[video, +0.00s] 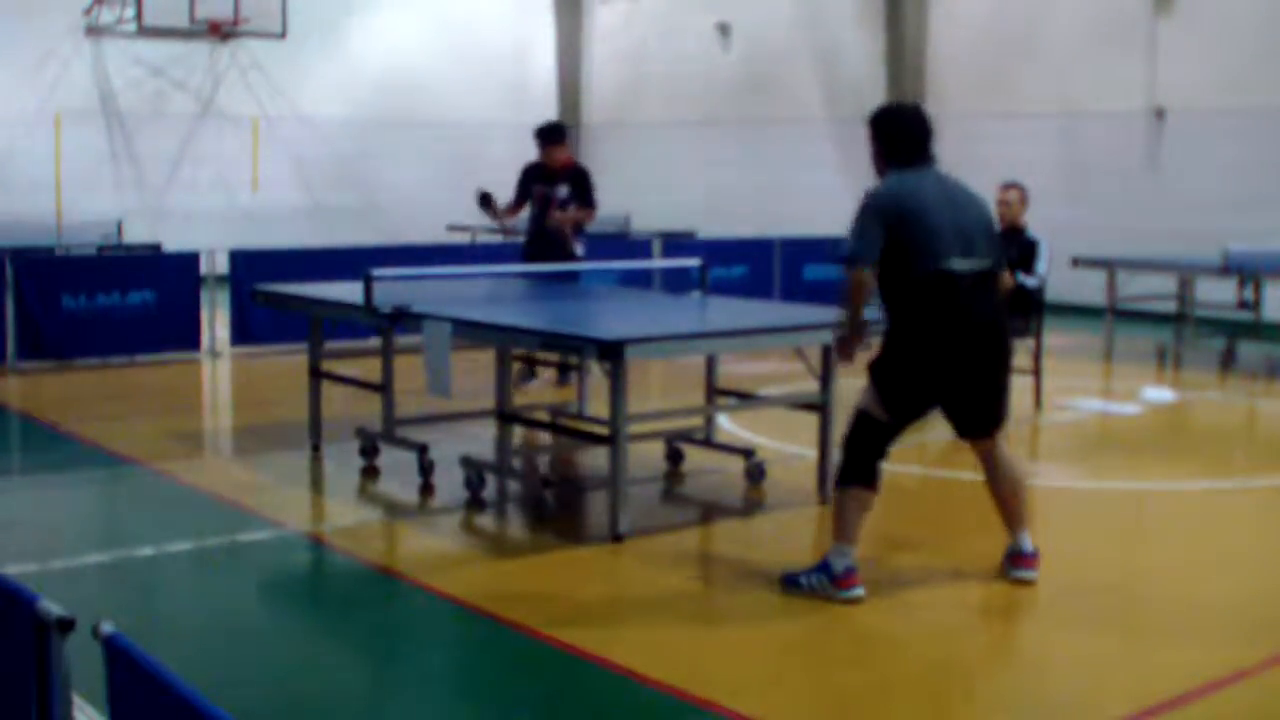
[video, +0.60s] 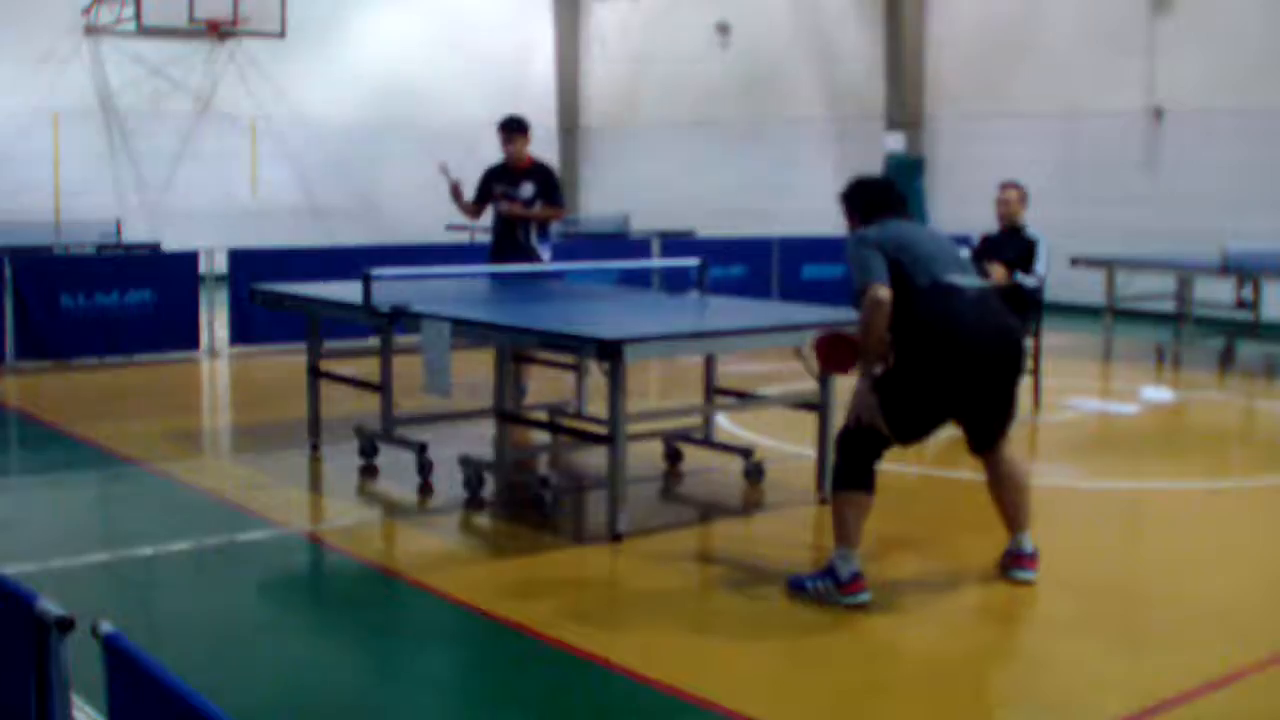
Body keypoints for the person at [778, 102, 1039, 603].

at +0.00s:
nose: (871, 155)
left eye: (874, 147)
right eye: (873, 146)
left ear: (881, 150)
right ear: (927, 144)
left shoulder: (883, 201)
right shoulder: (968, 198)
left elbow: (860, 276)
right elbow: (1002, 280)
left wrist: (851, 330)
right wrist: (965, 311)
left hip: (917, 351)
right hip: (982, 350)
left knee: (864, 441)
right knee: (990, 444)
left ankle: (841, 562)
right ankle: (1022, 548)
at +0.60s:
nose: (848, 226)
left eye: (848, 218)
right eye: (846, 218)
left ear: (857, 216)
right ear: (899, 206)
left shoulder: (867, 239)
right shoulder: (934, 237)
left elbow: (879, 297)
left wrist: (868, 369)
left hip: (935, 352)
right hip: (999, 347)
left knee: (856, 445)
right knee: (993, 443)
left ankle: (844, 567)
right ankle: (1023, 547)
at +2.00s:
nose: (849, 215)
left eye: (848, 206)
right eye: (847, 206)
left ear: (857, 204)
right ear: (900, 192)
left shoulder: (872, 227)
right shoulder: (934, 221)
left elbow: (892, 274)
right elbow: (932, 278)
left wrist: (882, 360)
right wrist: (856, 291)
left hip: (941, 346)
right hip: (1002, 342)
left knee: (863, 435)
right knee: (997, 435)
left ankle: (844, 558)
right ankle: (1022, 537)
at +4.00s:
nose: (862, 195)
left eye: (863, 187)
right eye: (864, 188)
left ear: (871, 187)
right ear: (916, 181)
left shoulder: (877, 219)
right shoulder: (946, 216)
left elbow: (878, 283)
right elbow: (989, 270)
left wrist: (874, 363)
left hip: (934, 342)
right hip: (996, 340)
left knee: (859, 438)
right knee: (994, 435)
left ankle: (843, 557)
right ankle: (1020, 538)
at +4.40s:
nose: (908, 196)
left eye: (910, 185)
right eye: (908, 185)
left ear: (923, 185)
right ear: (969, 177)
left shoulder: (937, 222)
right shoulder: (1011, 213)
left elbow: (951, 299)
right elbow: (1016, 300)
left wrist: (941, 393)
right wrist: (921, 310)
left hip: (1010, 361)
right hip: (1076, 357)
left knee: (927, 478)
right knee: (1061, 481)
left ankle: (889, 623)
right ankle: (1088, 607)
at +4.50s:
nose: (912, 196)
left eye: (913, 184)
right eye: (911, 184)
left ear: (929, 184)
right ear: (973, 176)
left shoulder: (941, 222)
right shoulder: (1017, 211)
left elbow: (957, 302)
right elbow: (1021, 298)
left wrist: (941, 403)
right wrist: (930, 314)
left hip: (1013, 368)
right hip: (1079, 364)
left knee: (927, 485)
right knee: (1066, 485)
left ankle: (905, 637)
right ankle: (1095, 620)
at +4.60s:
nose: (901, 189)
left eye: (902, 178)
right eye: (901, 177)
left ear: (916, 178)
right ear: (962, 171)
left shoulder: (929, 216)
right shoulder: (1006, 207)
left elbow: (943, 297)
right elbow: (1009, 303)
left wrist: (928, 399)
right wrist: (921, 312)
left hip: (999, 364)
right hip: (1065, 361)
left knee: (917, 488)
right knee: (1058, 483)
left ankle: (903, 640)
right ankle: (1093, 619)